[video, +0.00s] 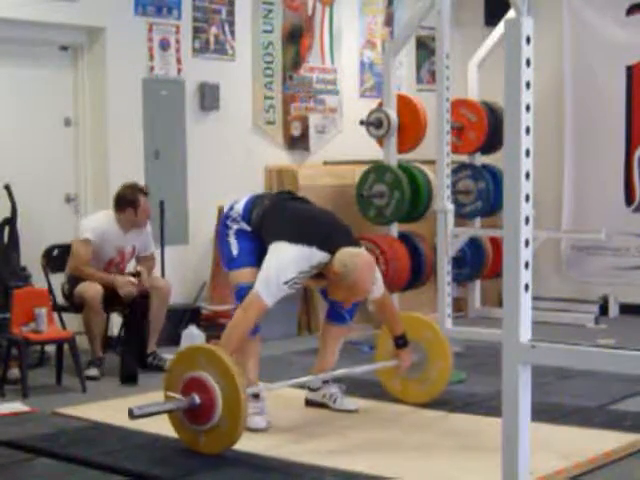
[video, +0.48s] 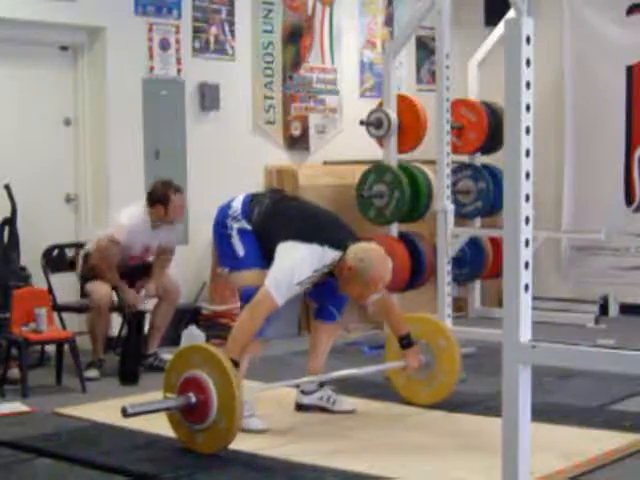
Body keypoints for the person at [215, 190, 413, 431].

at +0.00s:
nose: (353, 303)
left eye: (359, 298)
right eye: (352, 297)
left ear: (370, 278)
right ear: (332, 277)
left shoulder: (362, 264)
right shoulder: (288, 261)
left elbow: (382, 302)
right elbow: (247, 313)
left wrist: (401, 344)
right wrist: (216, 369)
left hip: (294, 213)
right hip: (244, 218)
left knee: (344, 303)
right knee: (249, 305)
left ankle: (321, 381)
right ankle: (251, 393)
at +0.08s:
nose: (357, 299)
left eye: (362, 294)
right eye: (355, 294)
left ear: (372, 273)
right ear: (335, 274)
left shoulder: (362, 262)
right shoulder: (289, 258)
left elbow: (382, 301)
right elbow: (247, 316)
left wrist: (401, 344)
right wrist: (218, 371)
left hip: (288, 212)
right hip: (240, 217)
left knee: (338, 300)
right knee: (256, 308)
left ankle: (318, 382)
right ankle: (252, 394)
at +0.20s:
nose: (357, 293)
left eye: (364, 289)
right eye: (355, 287)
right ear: (340, 266)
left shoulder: (359, 257)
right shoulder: (292, 256)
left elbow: (381, 301)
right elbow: (253, 312)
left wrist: (401, 344)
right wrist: (226, 368)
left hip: (280, 214)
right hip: (238, 219)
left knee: (332, 295)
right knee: (267, 305)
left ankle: (313, 385)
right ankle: (240, 393)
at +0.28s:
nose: (364, 295)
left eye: (370, 290)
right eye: (363, 289)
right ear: (345, 268)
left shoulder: (358, 255)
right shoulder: (300, 258)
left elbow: (380, 302)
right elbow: (255, 315)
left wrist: (400, 345)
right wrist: (226, 372)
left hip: (275, 217)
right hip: (236, 219)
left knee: (326, 291)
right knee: (269, 305)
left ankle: (311, 386)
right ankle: (234, 393)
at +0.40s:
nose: (367, 299)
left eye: (375, 293)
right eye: (366, 291)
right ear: (347, 270)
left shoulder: (359, 255)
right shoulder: (301, 260)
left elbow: (382, 301)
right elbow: (256, 315)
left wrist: (401, 346)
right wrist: (226, 372)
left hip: (275, 218)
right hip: (236, 221)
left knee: (327, 292)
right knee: (265, 306)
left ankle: (310, 385)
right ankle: (233, 394)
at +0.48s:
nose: (367, 297)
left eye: (374, 292)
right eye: (367, 290)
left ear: (349, 267)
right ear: (347, 270)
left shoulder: (357, 254)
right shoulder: (298, 260)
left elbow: (384, 301)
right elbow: (254, 312)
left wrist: (407, 344)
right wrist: (225, 368)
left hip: (280, 216)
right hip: (238, 218)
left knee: (332, 296)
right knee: (258, 306)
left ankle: (311, 386)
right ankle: (234, 396)